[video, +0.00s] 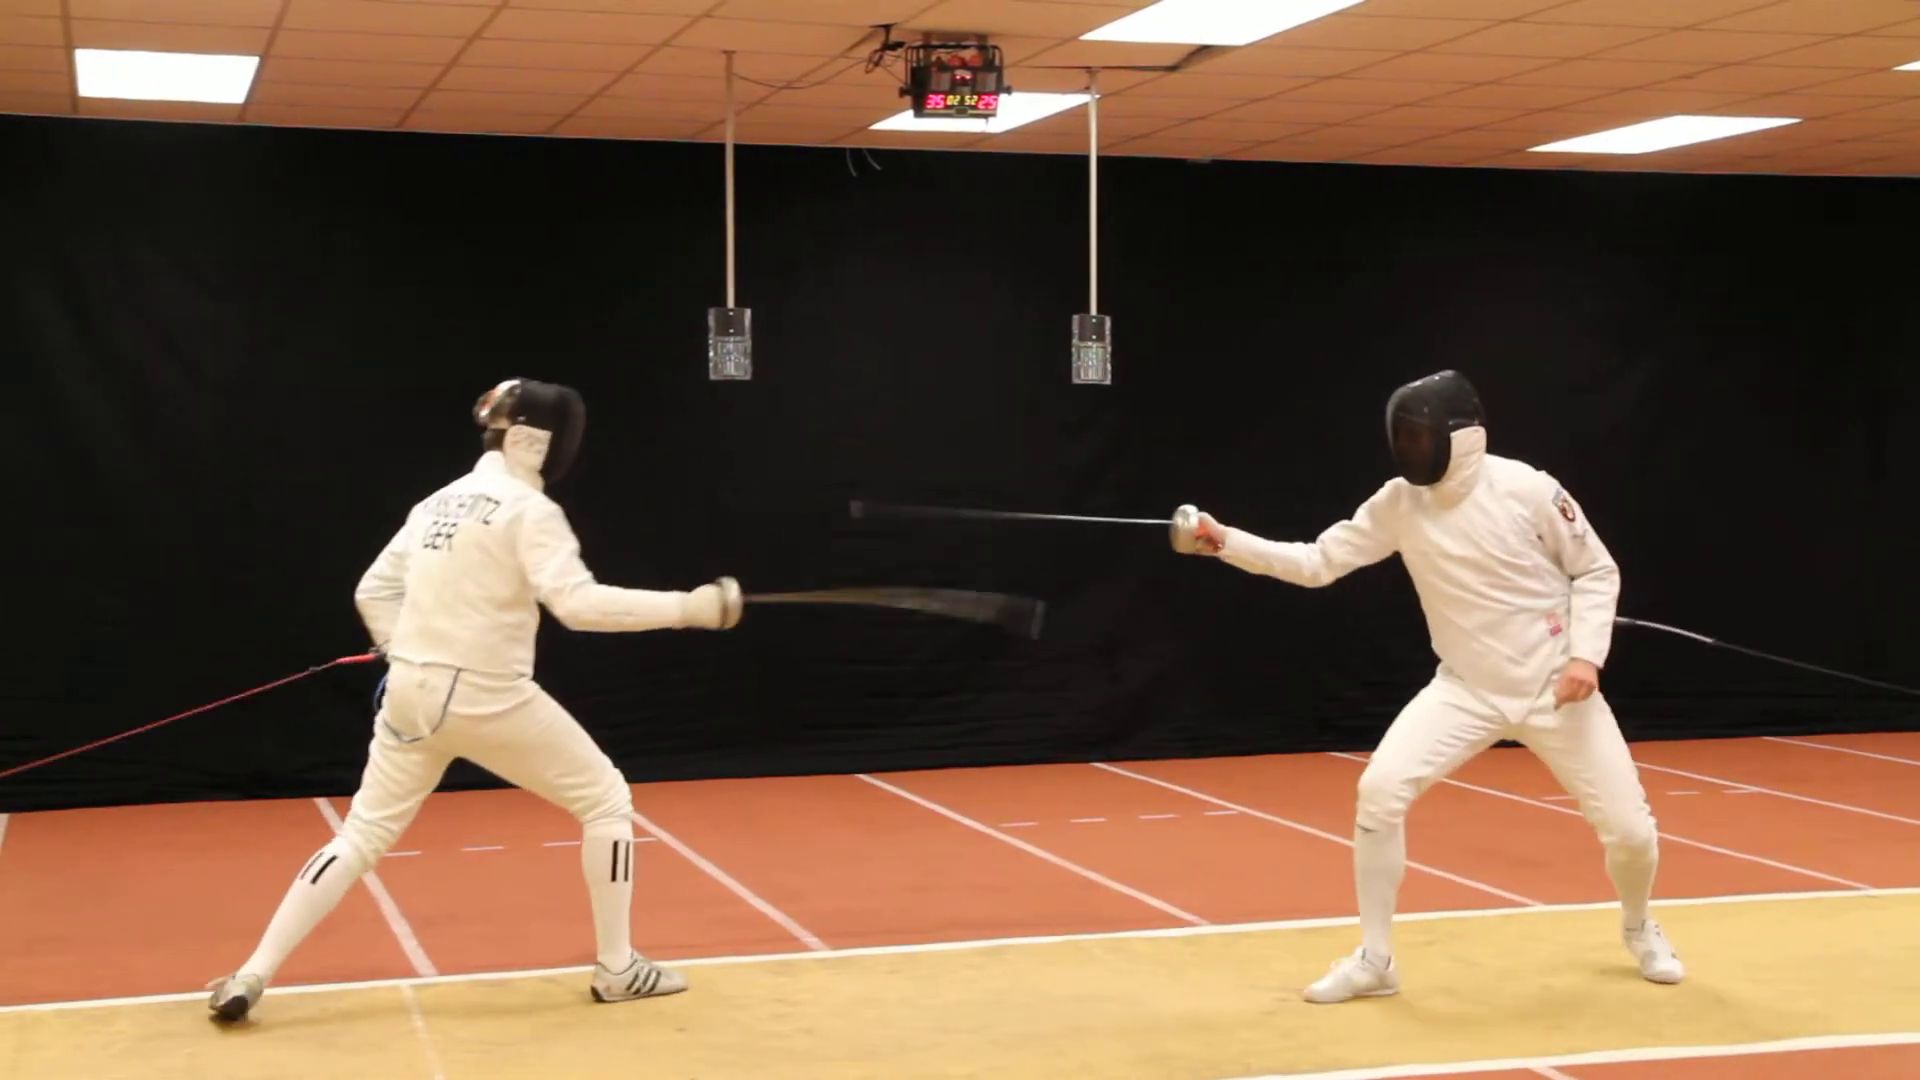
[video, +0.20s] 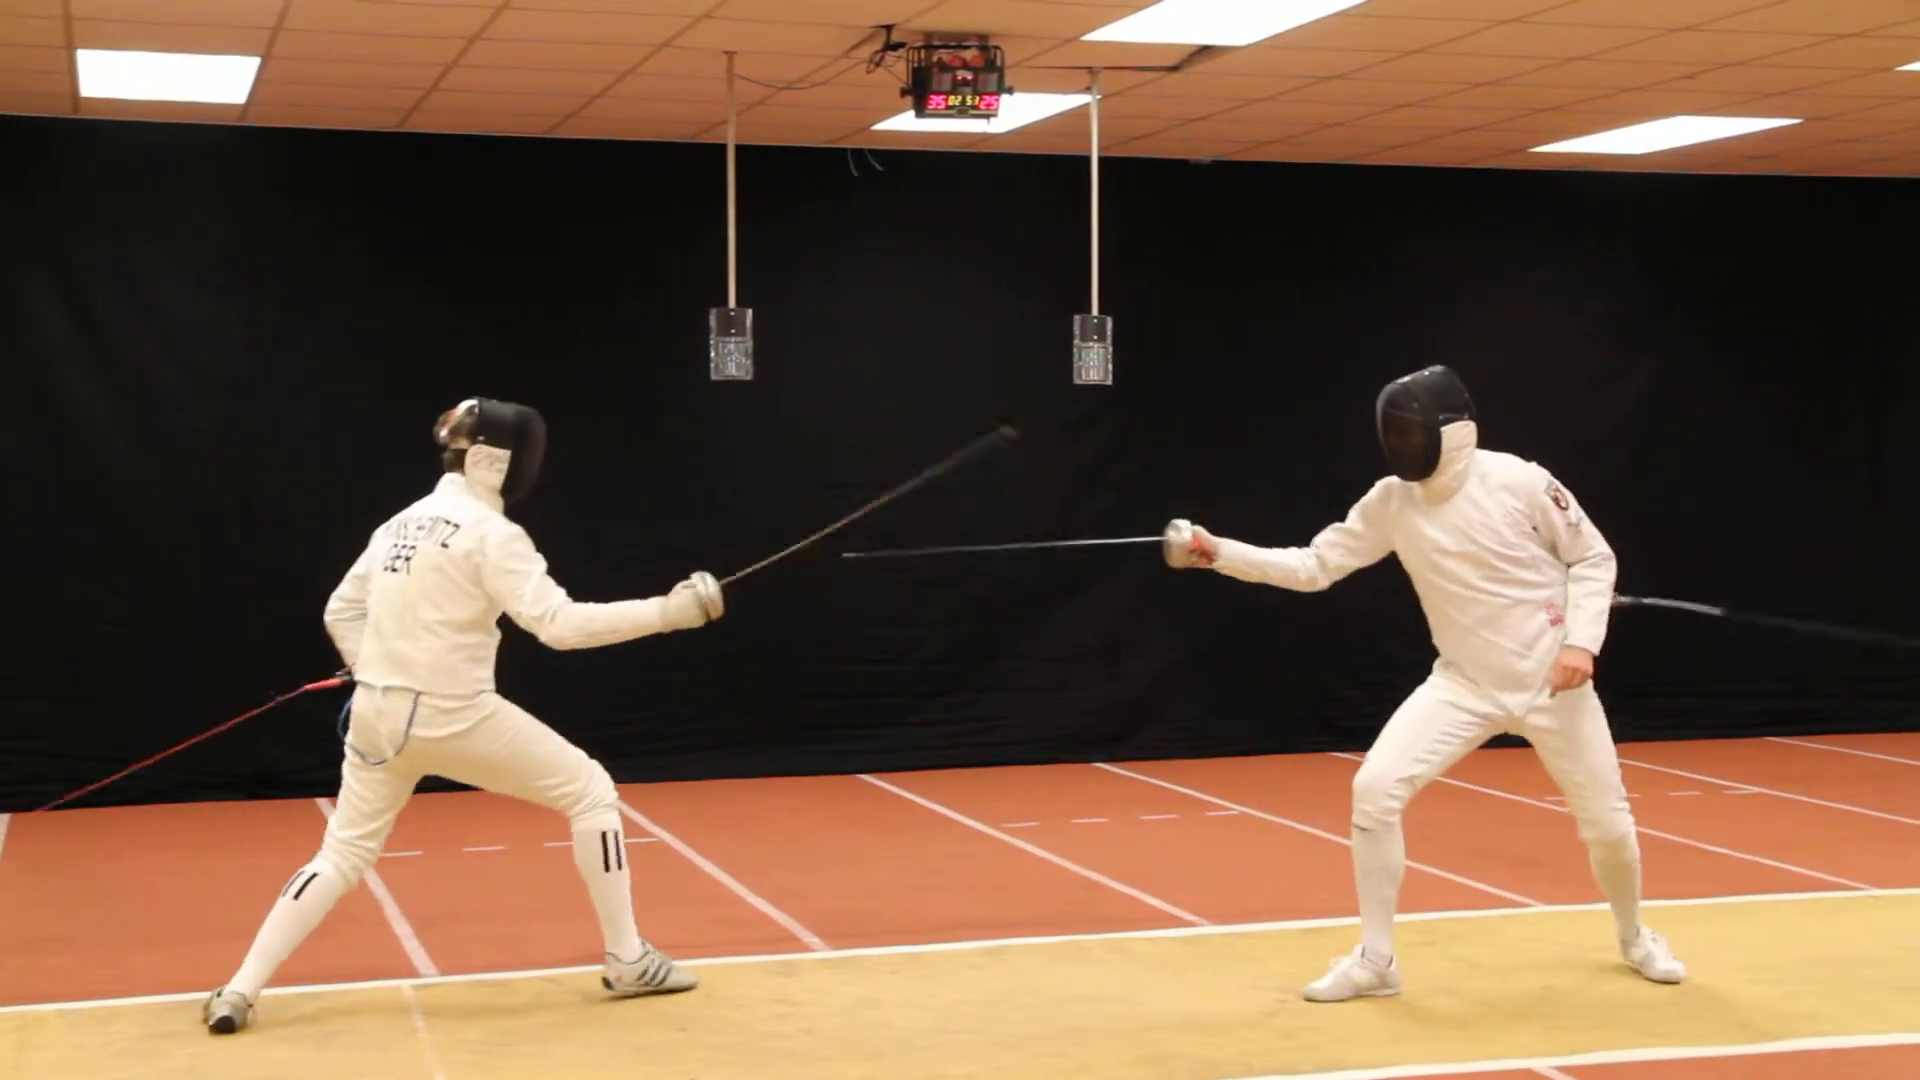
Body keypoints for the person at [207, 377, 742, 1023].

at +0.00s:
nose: (557, 449)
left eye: (551, 435)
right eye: (554, 436)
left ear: (504, 435)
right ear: (536, 442)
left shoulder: (439, 502)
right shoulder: (531, 511)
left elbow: (376, 591)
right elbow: (577, 601)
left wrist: (414, 662)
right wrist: (691, 605)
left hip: (408, 691)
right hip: (491, 697)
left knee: (361, 835)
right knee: (605, 801)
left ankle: (250, 977)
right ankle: (619, 967)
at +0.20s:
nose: (529, 469)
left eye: (525, 456)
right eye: (523, 457)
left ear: (459, 457)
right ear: (500, 464)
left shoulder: (400, 525)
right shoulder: (493, 537)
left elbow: (342, 612)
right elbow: (560, 623)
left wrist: (380, 681)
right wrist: (673, 609)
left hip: (374, 714)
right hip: (455, 715)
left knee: (342, 855)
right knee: (588, 791)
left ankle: (240, 990)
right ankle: (628, 958)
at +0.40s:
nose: (545, 476)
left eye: (540, 461)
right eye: (541, 464)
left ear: (473, 459)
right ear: (524, 468)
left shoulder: (418, 528)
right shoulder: (510, 537)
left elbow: (360, 615)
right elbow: (587, 618)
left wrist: (396, 685)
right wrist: (699, 605)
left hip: (386, 713)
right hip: (467, 718)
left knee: (350, 858)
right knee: (595, 809)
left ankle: (239, 991)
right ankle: (652, 963)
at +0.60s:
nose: (563, 482)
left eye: (555, 466)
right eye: (560, 469)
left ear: (499, 462)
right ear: (542, 470)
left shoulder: (445, 530)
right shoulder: (527, 538)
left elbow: (392, 619)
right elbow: (603, 625)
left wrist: (422, 686)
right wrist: (715, 613)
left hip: (408, 713)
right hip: (487, 716)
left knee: (357, 857)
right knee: (625, 788)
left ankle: (242, 990)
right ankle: (662, 955)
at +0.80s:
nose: (656, 473)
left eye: (633, 456)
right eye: (659, 463)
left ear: (599, 458)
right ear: (655, 467)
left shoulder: (541, 521)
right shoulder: (646, 529)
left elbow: (473, 604)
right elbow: (737, 581)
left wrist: (494, 673)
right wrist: (844, 568)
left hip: (495, 692)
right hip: (579, 701)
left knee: (397, 827)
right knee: (689, 813)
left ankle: (267, 951)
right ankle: (770, 956)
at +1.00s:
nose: (719, 481)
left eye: (708, 466)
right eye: (717, 469)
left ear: (663, 460)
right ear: (705, 470)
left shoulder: (598, 526)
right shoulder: (702, 532)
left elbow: (527, 617)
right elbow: (775, 623)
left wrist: (519, 703)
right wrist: (882, 600)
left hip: (560, 699)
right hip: (642, 705)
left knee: (514, 845)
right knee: (757, 796)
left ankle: (391, 948)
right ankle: (780, 957)